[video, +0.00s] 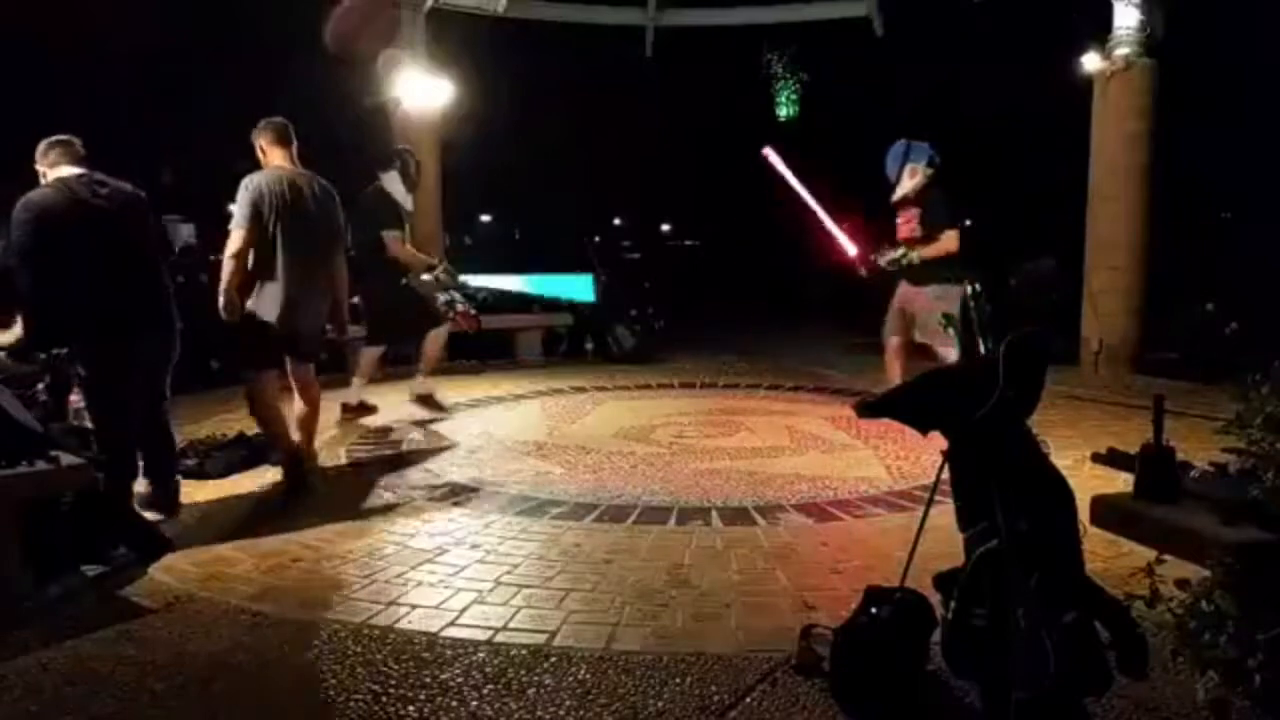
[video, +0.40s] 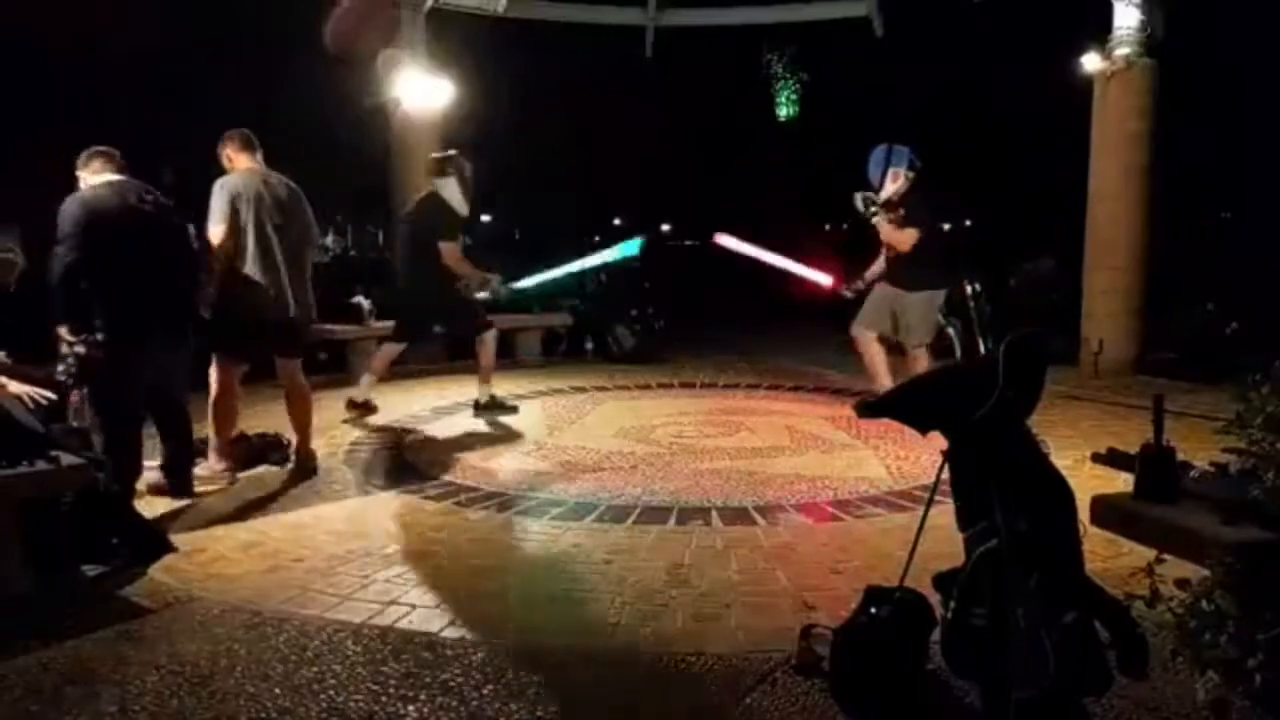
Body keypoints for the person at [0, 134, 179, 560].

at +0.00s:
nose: (39, 178)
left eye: (39, 172)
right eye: (41, 173)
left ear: (44, 170)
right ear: (84, 161)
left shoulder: (34, 206)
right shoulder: (130, 196)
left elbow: (25, 274)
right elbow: (158, 262)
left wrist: (30, 328)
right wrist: (162, 316)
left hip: (87, 329)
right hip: (145, 323)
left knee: (108, 421)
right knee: (152, 410)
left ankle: (113, 510)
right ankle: (164, 495)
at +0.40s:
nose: (78, 186)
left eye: (78, 179)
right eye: (79, 180)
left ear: (85, 175)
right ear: (120, 169)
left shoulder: (78, 205)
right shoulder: (155, 200)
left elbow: (66, 266)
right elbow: (187, 261)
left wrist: (65, 318)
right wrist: (183, 308)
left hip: (109, 325)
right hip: (164, 321)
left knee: (116, 417)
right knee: (171, 404)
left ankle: (119, 494)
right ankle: (179, 481)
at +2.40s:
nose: (129, 172)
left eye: (132, 163)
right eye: (128, 164)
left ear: (152, 162)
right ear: (157, 161)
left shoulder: (186, 195)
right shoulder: (174, 196)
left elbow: (187, 260)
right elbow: (179, 259)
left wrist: (176, 314)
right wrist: (165, 309)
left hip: (177, 317)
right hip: (165, 315)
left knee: (186, 401)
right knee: (178, 399)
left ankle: (197, 475)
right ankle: (190, 467)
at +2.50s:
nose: (129, 173)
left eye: (132, 164)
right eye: (128, 165)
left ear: (151, 162)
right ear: (156, 162)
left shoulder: (185, 196)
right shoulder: (174, 196)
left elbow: (186, 261)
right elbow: (179, 260)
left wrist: (175, 314)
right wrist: (164, 309)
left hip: (177, 317)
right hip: (164, 314)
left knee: (186, 403)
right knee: (178, 401)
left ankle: (198, 475)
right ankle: (190, 468)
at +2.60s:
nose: (129, 174)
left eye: (131, 166)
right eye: (127, 167)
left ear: (149, 163)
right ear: (154, 163)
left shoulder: (182, 197)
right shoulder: (172, 197)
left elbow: (183, 264)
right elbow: (178, 262)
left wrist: (170, 316)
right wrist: (161, 312)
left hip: (178, 317)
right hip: (167, 315)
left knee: (185, 401)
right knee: (179, 400)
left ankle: (198, 475)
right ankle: (191, 468)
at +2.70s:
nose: (128, 177)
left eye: (129, 168)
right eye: (126, 170)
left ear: (144, 164)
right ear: (153, 163)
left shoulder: (181, 198)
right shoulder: (173, 197)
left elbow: (179, 264)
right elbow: (177, 263)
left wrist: (167, 317)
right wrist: (160, 313)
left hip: (179, 318)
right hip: (168, 316)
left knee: (185, 399)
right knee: (176, 398)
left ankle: (197, 475)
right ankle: (190, 467)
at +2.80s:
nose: (127, 177)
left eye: (128, 169)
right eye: (125, 170)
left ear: (142, 164)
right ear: (156, 160)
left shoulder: (175, 200)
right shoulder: (176, 195)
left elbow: (174, 265)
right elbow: (177, 264)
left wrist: (163, 319)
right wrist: (162, 313)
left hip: (175, 318)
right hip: (173, 315)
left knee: (182, 399)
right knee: (174, 397)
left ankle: (198, 473)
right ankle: (188, 465)